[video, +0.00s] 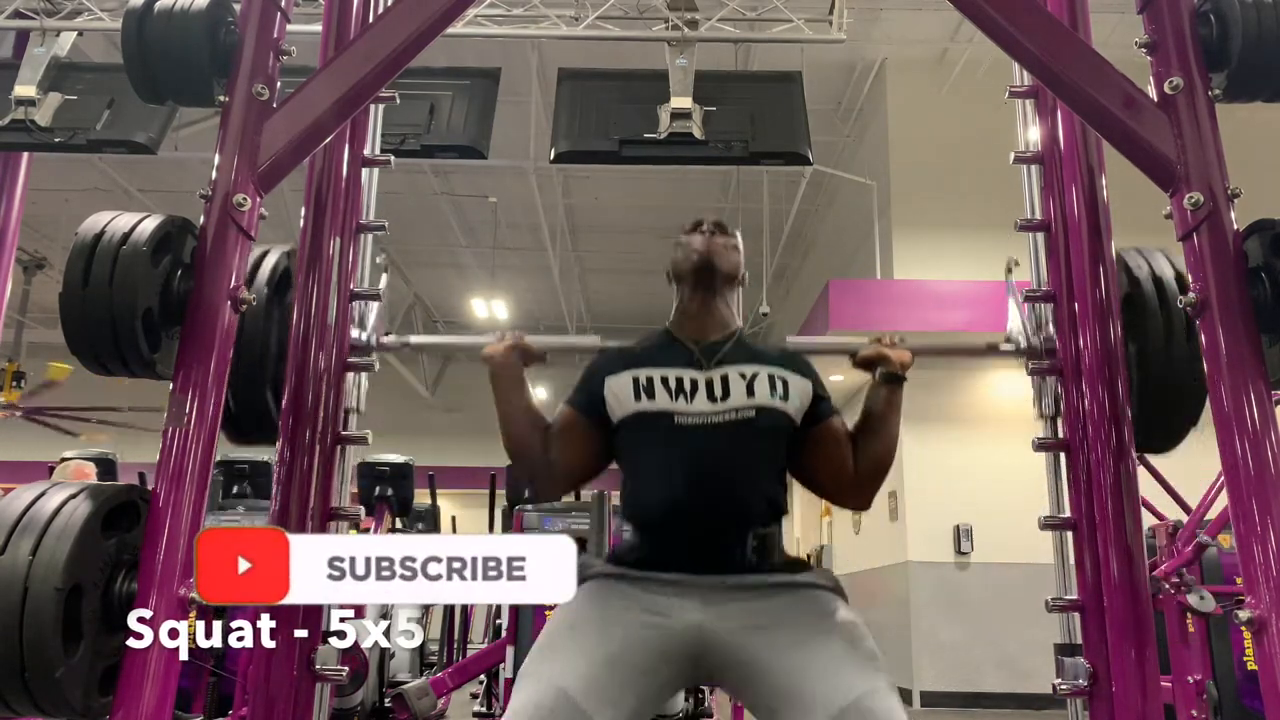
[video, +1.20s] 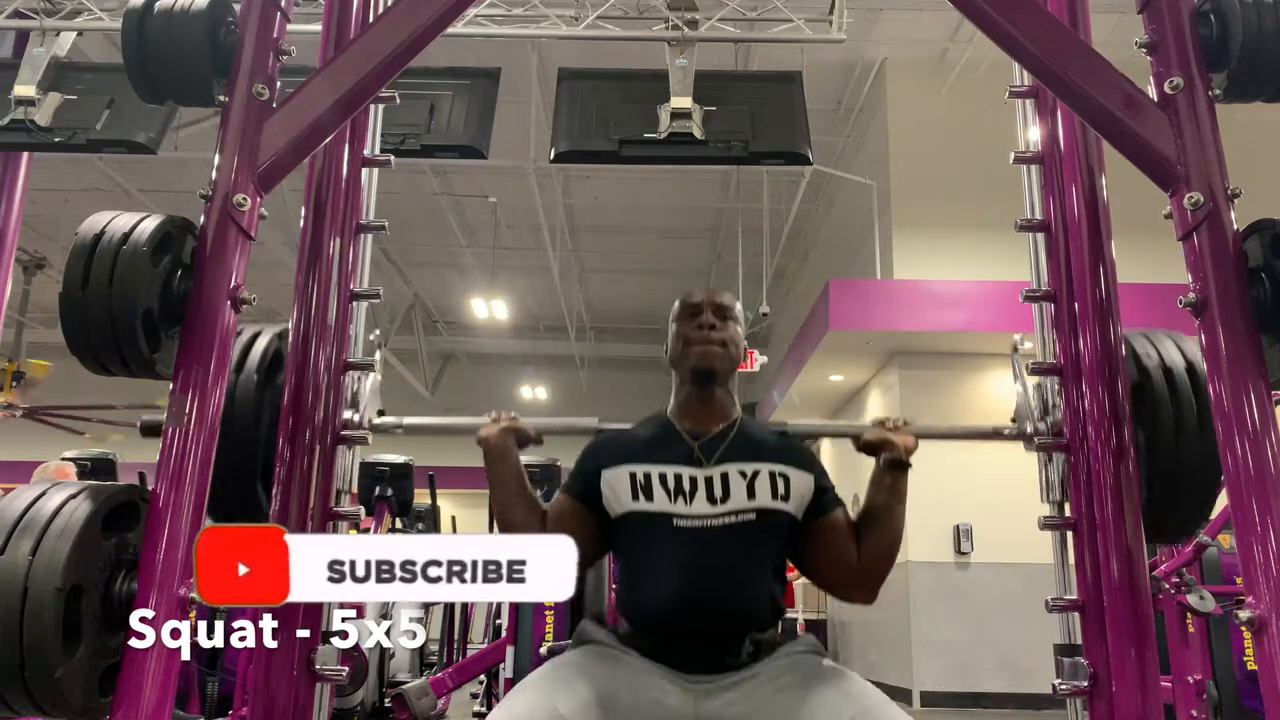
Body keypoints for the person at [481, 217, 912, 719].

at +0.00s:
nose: (704, 230)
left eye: (721, 232)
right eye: (692, 231)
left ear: (742, 273)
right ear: (671, 271)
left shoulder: (787, 373)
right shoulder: (617, 370)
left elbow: (855, 487)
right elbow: (543, 477)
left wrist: (889, 383)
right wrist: (504, 368)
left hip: (773, 600)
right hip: (631, 597)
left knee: (871, 711)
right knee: (536, 711)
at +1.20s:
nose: (707, 323)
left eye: (722, 318)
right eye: (691, 317)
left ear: (744, 353)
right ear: (668, 351)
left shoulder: (789, 457)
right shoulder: (612, 454)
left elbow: (857, 581)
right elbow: (544, 562)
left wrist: (893, 470)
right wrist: (500, 457)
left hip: (766, 671)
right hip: (631, 666)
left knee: (882, 717)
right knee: (519, 715)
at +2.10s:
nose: (704, 423)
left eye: (720, 415)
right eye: (687, 414)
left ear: (744, 448)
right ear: (664, 442)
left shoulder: (793, 561)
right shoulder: (605, 556)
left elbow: (861, 685)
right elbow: (539, 674)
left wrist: (898, 566)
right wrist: (496, 565)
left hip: (754, 713)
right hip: (647, 713)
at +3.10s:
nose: (706, 186)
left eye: (724, 183)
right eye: (692, 181)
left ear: (744, 218)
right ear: (671, 217)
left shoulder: (791, 319)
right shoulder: (618, 314)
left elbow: (857, 432)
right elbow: (547, 418)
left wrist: (887, 330)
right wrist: (507, 314)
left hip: (774, 547)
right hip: (638, 540)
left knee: (827, 708)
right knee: (588, 705)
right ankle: (675, 707)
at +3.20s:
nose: (707, 180)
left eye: (724, 176)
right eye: (691, 174)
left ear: (743, 212)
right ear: (670, 210)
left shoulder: (789, 312)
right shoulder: (617, 309)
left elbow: (855, 427)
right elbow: (545, 414)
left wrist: (885, 327)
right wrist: (507, 310)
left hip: (773, 533)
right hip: (639, 529)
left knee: (821, 709)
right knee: (595, 706)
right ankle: (676, 706)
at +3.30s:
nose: (705, 181)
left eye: (722, 177)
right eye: (690, 176)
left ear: (743, 212)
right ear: (668, 211)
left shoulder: (788, 317)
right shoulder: (615, 312)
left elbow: (854, 430)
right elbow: (547, 417)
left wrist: (885, 330)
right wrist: (507, 314)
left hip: (774, 537)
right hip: (637, 533)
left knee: (819, 710)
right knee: (593, 705)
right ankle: (675, 706)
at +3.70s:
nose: (707, 183)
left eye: (724, 179)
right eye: (692, 177)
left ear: (744, 214)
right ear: (670, 212)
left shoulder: (790, 320)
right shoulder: (617, 313)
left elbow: (855, 434)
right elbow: (547, 419)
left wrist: (885, 334)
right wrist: (507, 315)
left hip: (774, 549)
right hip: (636, 542)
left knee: (826, 710)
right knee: (586, 706)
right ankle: (674, 706)